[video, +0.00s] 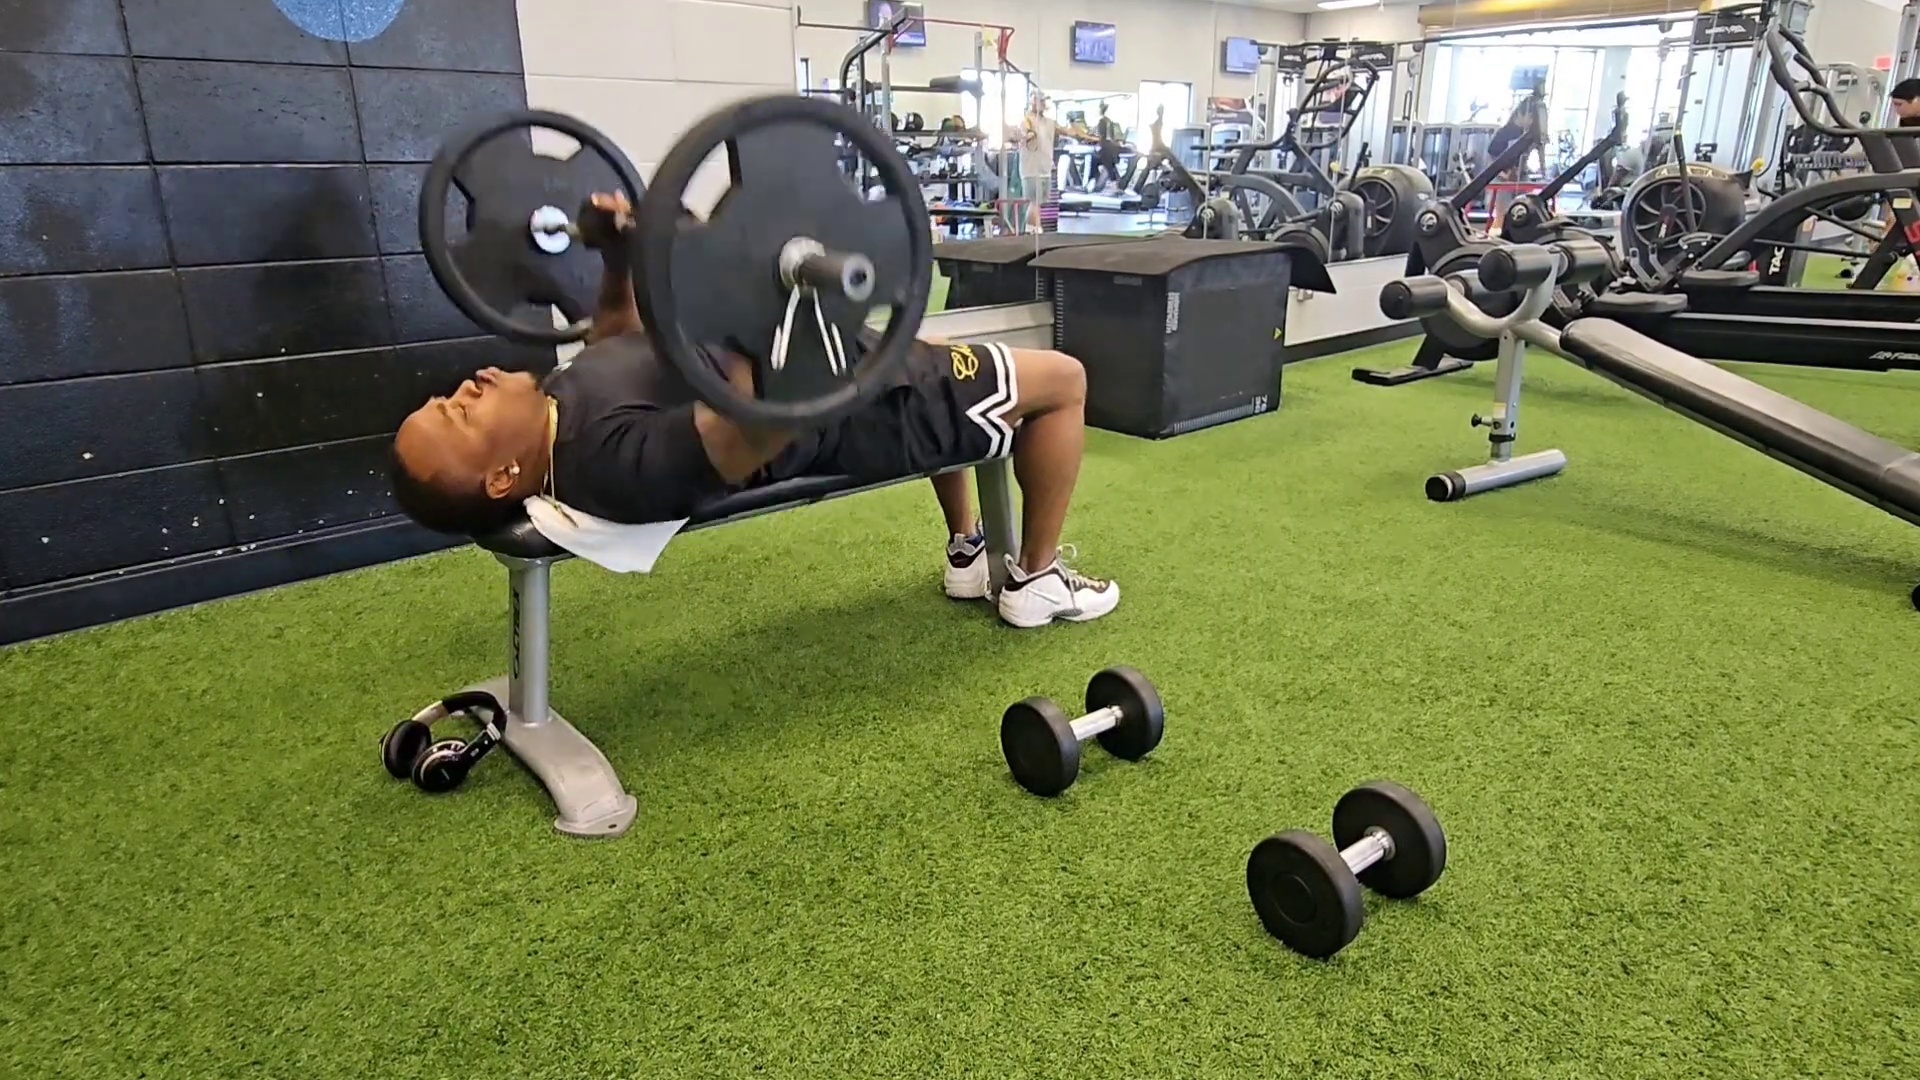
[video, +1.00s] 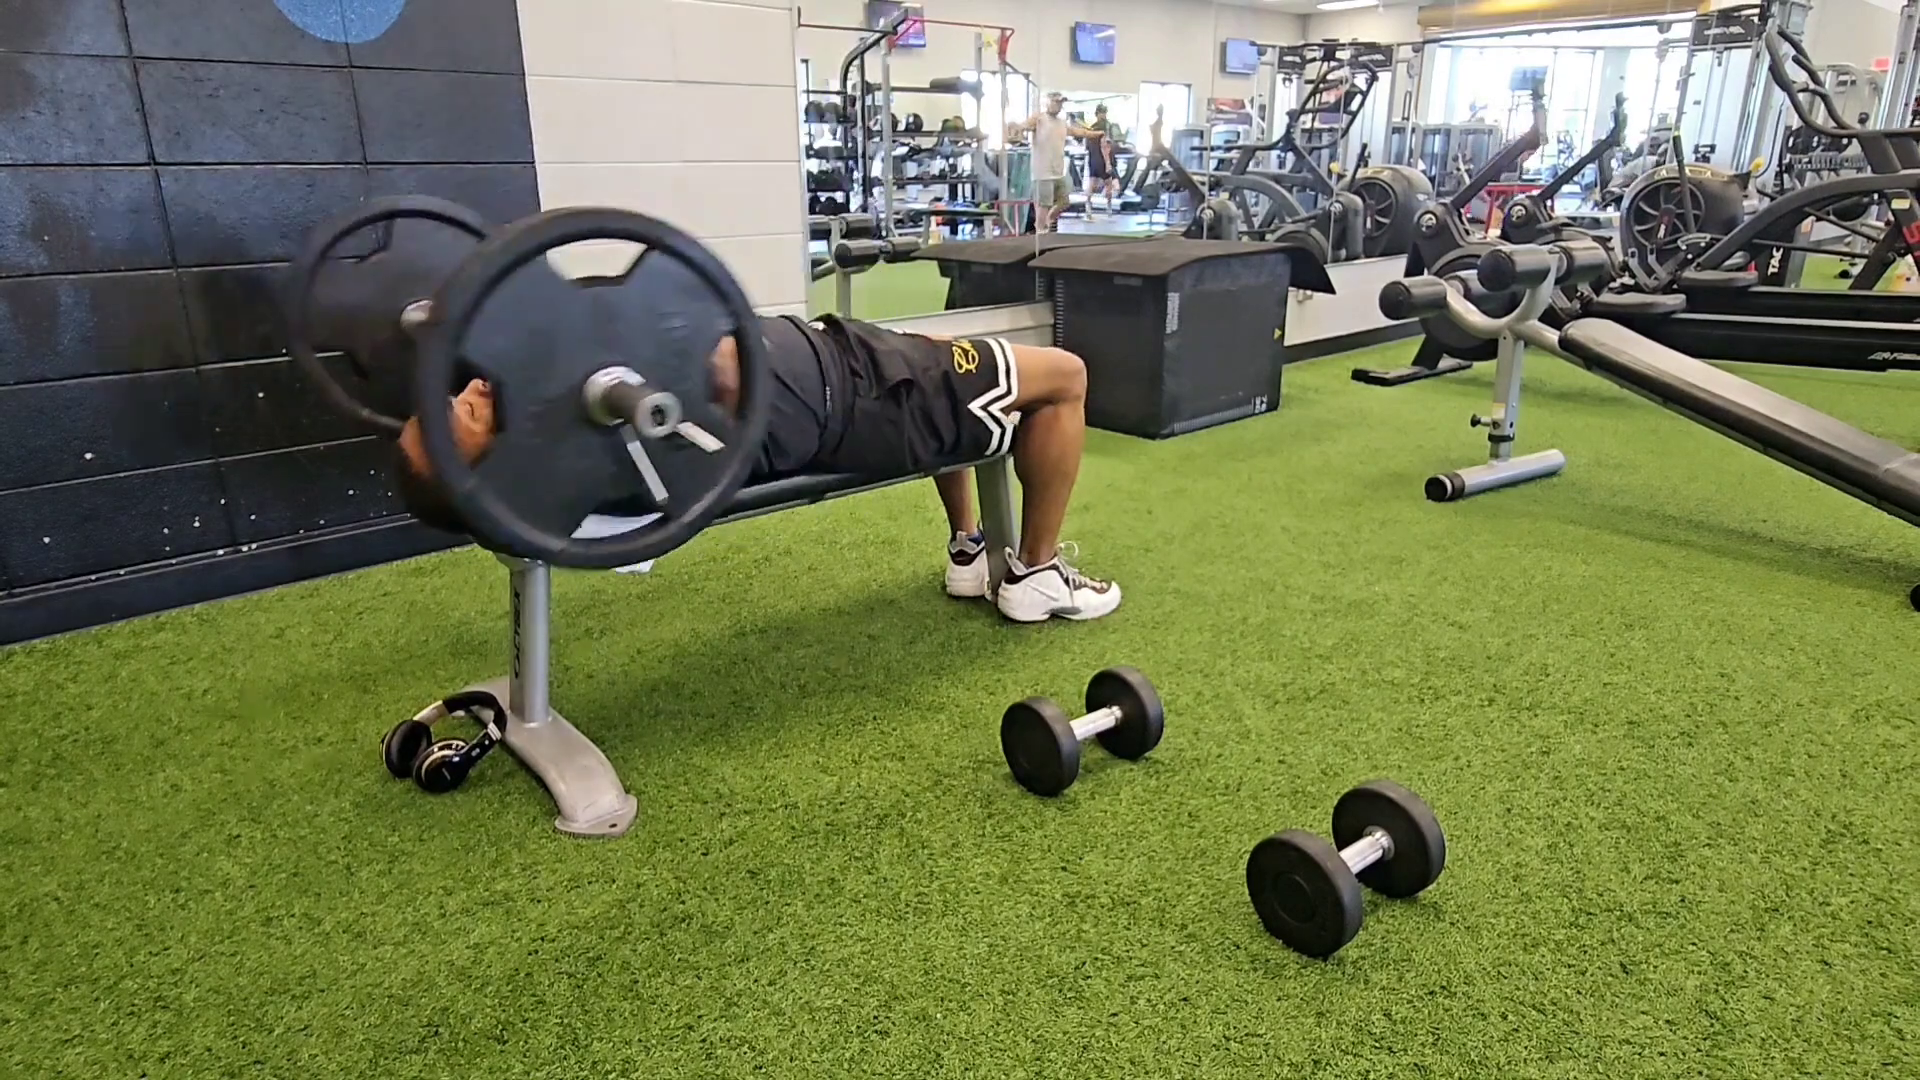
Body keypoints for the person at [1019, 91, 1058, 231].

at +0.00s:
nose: (1044, 103)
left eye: (1044, 100)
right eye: (1040, 100)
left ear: (1045, 102)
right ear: (1032, 102)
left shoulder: (1049, 122)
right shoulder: (1026, 121)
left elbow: (1066, 131)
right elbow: (1024, 133)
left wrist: (1081, 134)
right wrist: (1029, 135)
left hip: (1045, 166)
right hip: (1030, 166)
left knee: (1038, 201)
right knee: (1034, 200)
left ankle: (1029, 228)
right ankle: (1038, 229)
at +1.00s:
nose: (1059, 106)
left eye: (1061, 103)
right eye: (1056, 102)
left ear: (1061, 105)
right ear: (1048, 103)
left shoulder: (1062, 124)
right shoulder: (1039, 118)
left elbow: (1079, 132)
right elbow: (1023, 126)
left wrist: (1097, 133)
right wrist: (1016, 129)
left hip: (1058, 170)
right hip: (1042, 170)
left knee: (1063, 202)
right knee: (1044, 205)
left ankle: (1047, 220)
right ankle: (1041, 232)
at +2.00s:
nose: (1089, 103)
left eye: (1091, 101)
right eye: (1087, 100)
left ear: (1093, 103)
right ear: (1080, 100)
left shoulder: (1094, 118)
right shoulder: (1071, 117)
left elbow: (1103, 118)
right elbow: (1050, 120)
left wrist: (1112, 113)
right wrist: (1030, 117)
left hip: (1089, 168)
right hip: (1073, 168)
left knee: (1084, 205)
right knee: (1079, 203)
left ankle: (1072, 233)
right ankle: (1071, 234)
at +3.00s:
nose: (1095, 104)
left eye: (1096, 101)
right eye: (1092, 100)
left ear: (1098, 103)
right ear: (1085, 101)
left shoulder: (1098, 119)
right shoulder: (1075, 116)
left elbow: (1106, 120)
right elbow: (1054, 121)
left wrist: (1111, 117)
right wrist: (1032, 120)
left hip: (1092, 169)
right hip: (1076, 169)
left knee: (1087, 206)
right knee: (1076, 205)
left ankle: (1077, 233)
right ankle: (1073, 235)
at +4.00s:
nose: (1099, 104)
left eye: (1099, 101)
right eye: (1096, 100)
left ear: (1098, 103)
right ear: (1087, 101)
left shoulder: (1099, 118)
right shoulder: (1076, 117)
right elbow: (1054, 122)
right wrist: (1030, 122)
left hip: (1095, 170)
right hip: (1078, 170)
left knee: (1087, 207)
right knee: (1076, 205)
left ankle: (1081, 235)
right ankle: (1071, 235)